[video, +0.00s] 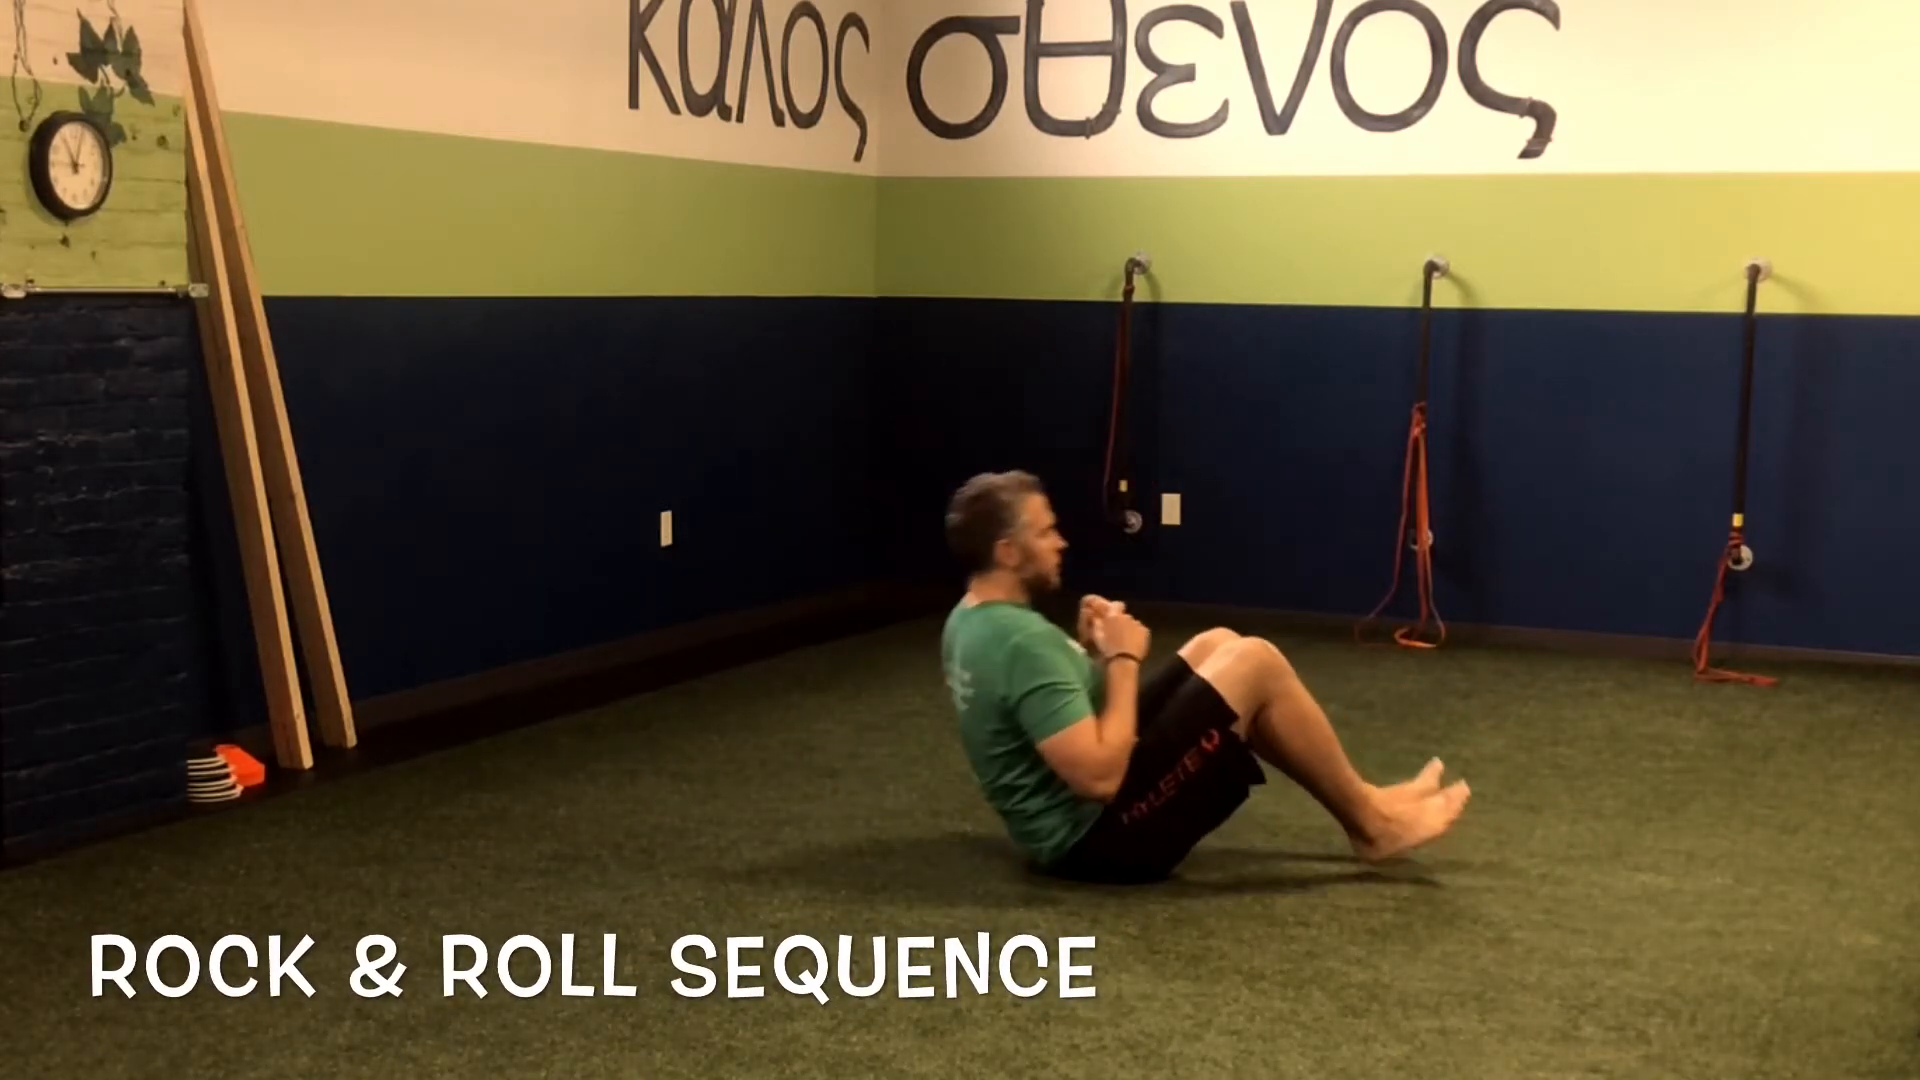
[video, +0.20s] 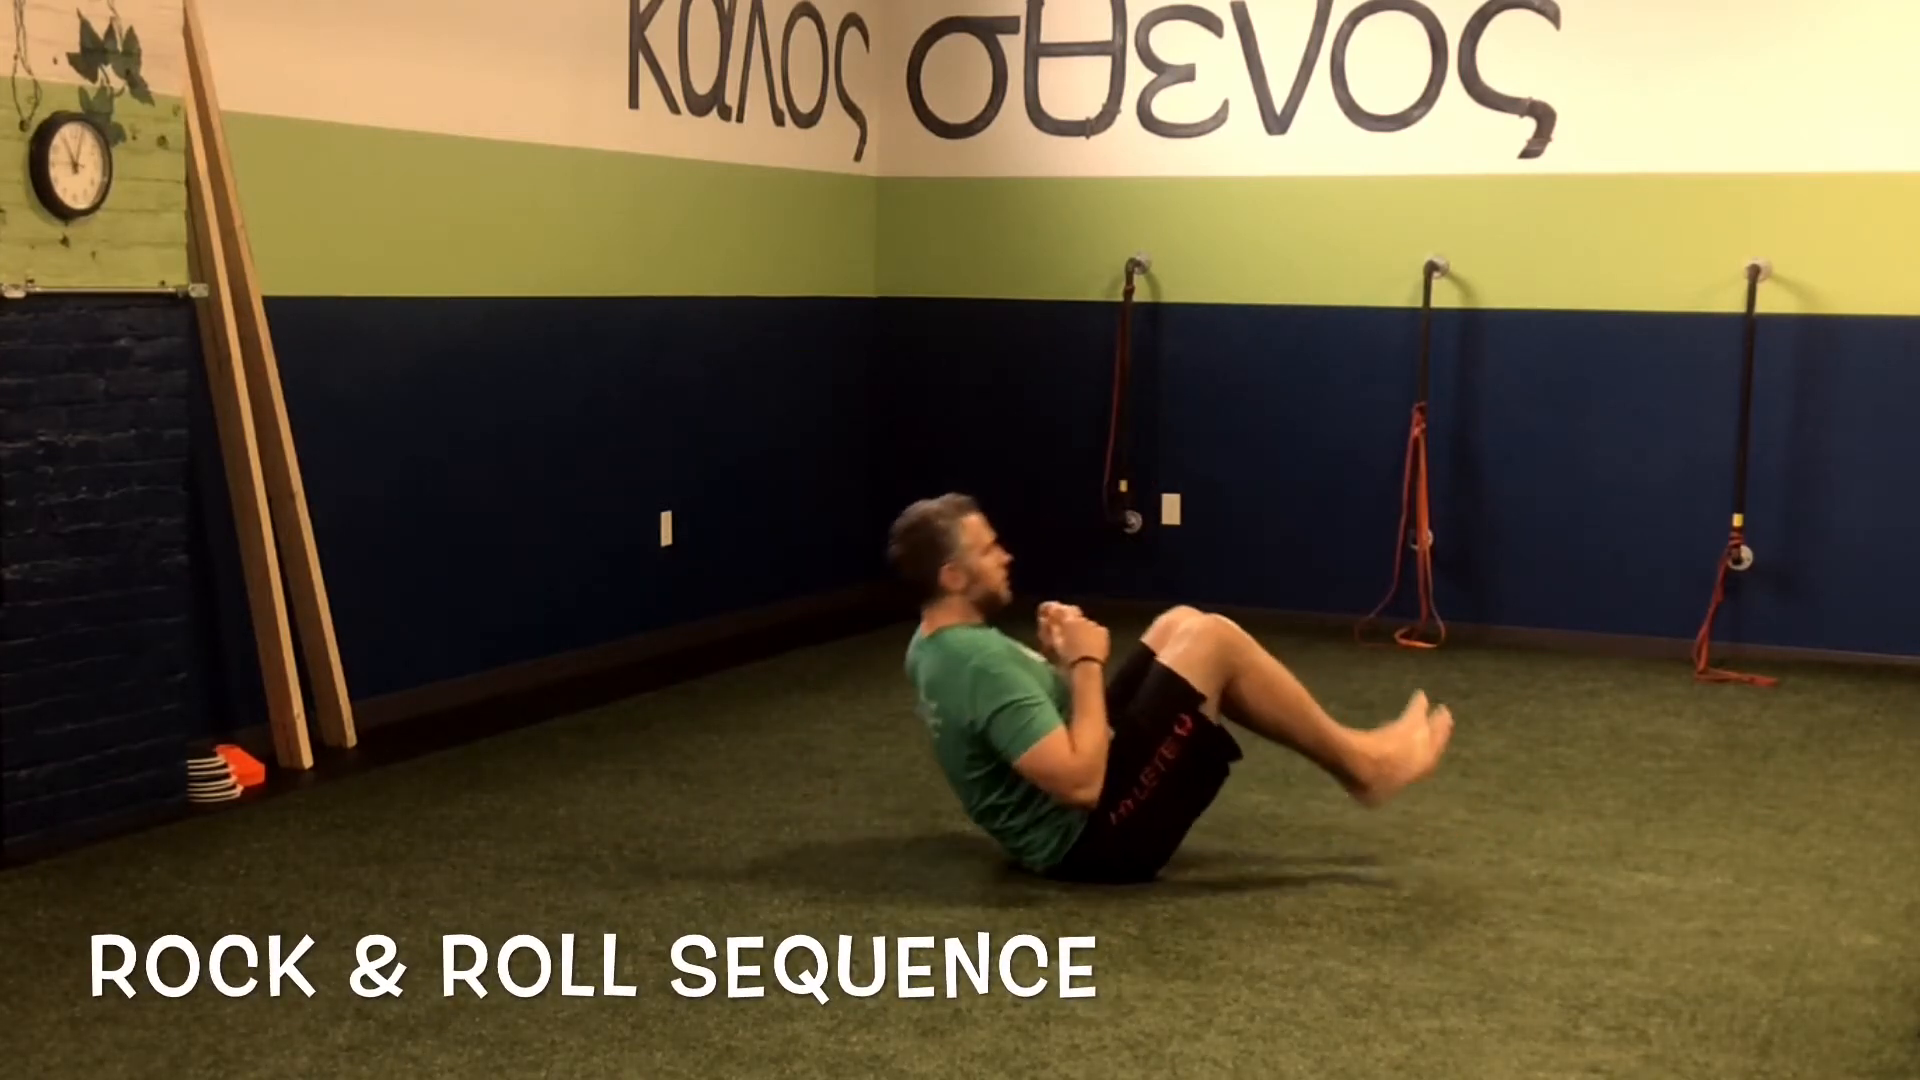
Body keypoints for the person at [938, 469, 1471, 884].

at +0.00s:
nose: (1062, 544)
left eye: (1055, 529)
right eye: (1048, 532)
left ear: (998, 552)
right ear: (1006, 550)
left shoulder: (972, 622)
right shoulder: (1021, 642)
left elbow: (1066, 729)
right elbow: (1101, 775)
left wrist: (1090, 656)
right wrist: (1123, 662)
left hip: (1065, 821)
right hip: (1101, 842)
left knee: (1219, 644)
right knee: (1257, 660)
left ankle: (1365, 808)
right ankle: (1374, 822)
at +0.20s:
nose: (1005, 558)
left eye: (996, 543)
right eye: (988, 550)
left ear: (950, 574)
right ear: (951, 575)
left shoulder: (941, 643)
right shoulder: (980, 663)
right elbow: (1081, 780)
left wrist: (1059, 661)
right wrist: (1087, 665)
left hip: (1060, 822)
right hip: (1093, 842)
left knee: (1181, 624)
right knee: (1207, 636)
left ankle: (1351, 757)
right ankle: (1366, 764)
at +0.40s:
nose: (940, 584)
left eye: (928, 572)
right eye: (922, 579)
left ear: (891, 614)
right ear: (891, 614)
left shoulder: (905, 672)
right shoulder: (928, 694)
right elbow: (1054, 790)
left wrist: (1021, 667)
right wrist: (1038, 674)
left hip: (1057, 817)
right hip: (1085, 843)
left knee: (1125, 606)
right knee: (1141, 615)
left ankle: (1329, 676)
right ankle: (1342, 676)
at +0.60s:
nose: (861, 639)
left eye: (848, 631)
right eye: (840, 641)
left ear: (828, 679)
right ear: (815, 685)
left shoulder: (876, 717)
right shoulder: (870, 745)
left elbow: (994, 777)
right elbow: (1017, 807)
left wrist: (960, 682)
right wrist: (968, 697)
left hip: (1059, 816)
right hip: (1077, 837)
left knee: (1022, 597)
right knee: (1039, 603)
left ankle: (1228, 563)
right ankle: (1238, 566)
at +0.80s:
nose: (783, 702)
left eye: (766, 698)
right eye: (761, 710)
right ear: (752, 764)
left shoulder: (816, 779)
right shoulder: (820, 809)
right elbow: (969, 809)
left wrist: (872, 715)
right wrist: (874, 728)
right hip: (1044, 795)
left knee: (901, 616)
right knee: (900, 622)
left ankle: (1029, 450)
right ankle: (1027, 451)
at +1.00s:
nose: (724, 743)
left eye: (705, 745)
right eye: (706, 755)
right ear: (716, 807)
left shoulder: (785, 803)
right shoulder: (792, 830)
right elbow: (925, 793)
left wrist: (799, 742)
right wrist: (814, 740)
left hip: (1005, 736)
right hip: (1001, 749)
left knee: (827, 635)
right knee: (801, 641)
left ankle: (840, 428)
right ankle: (835, 428)